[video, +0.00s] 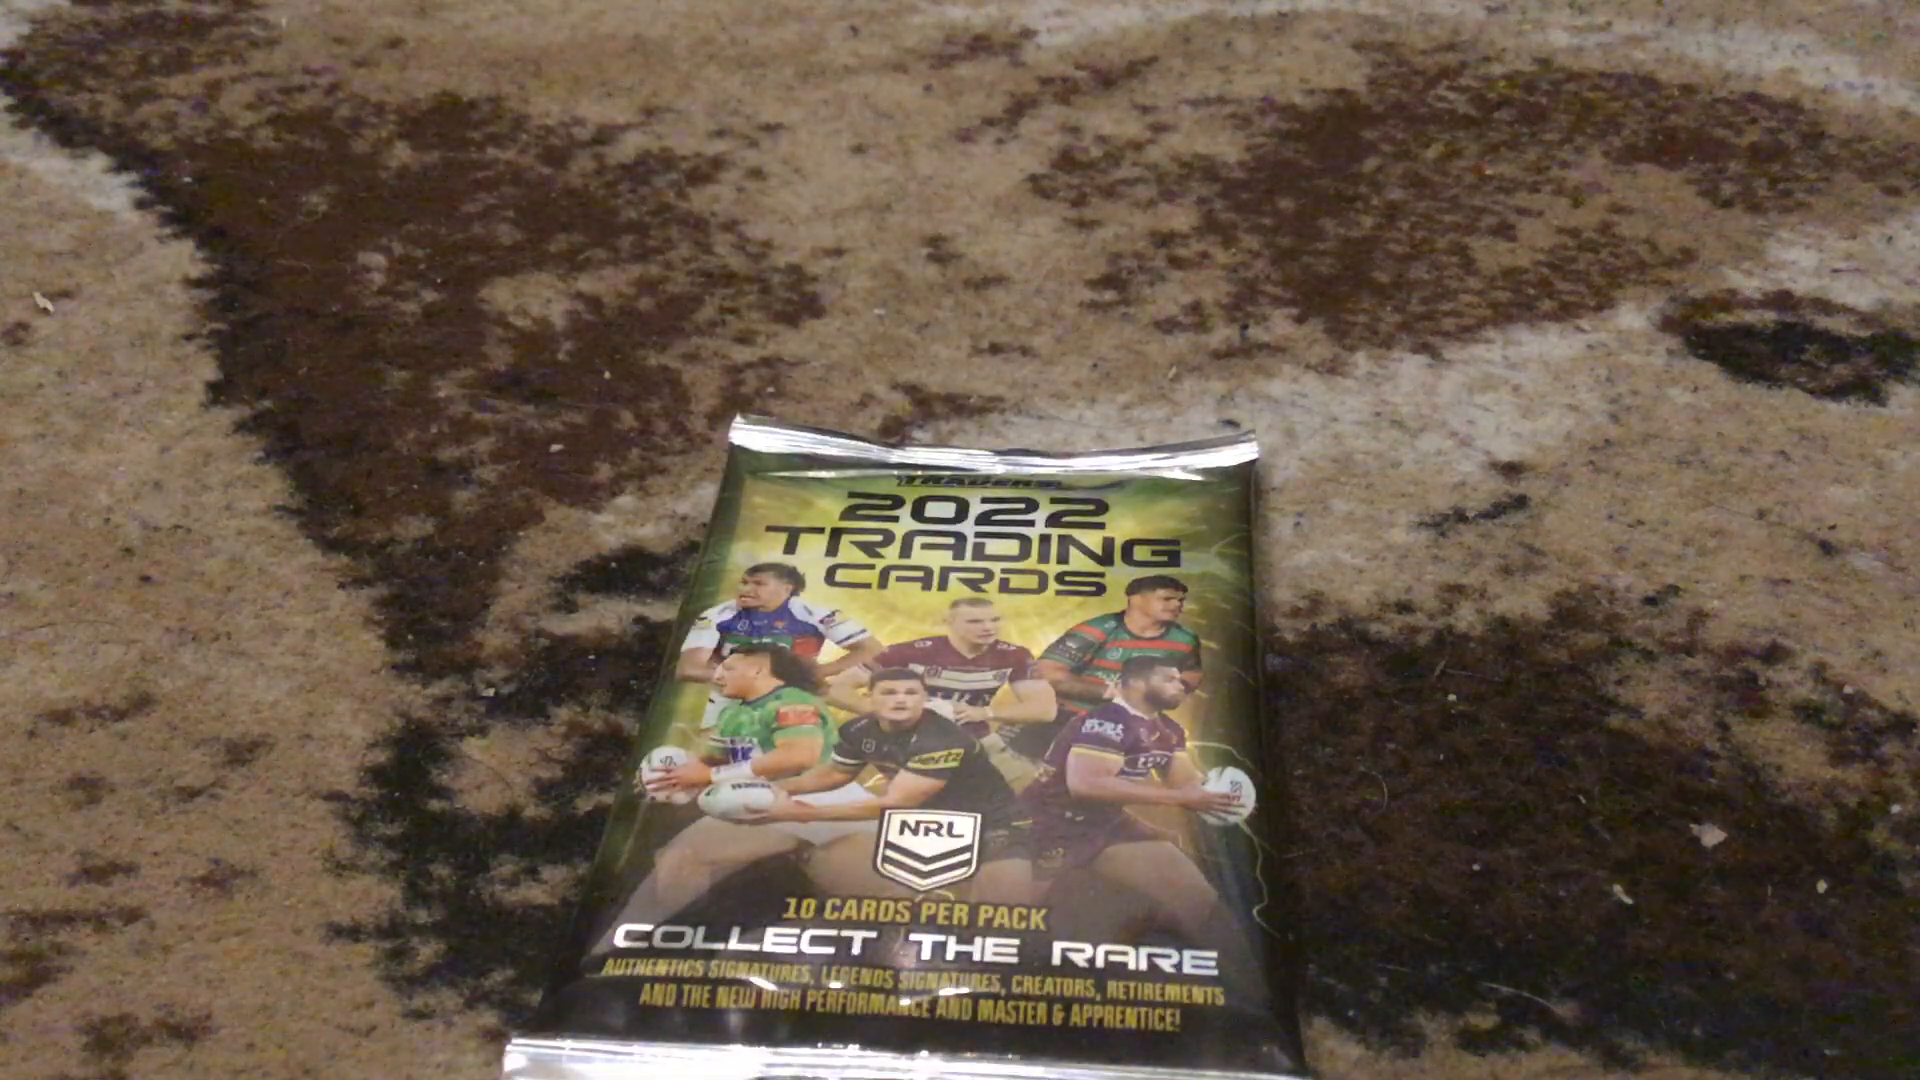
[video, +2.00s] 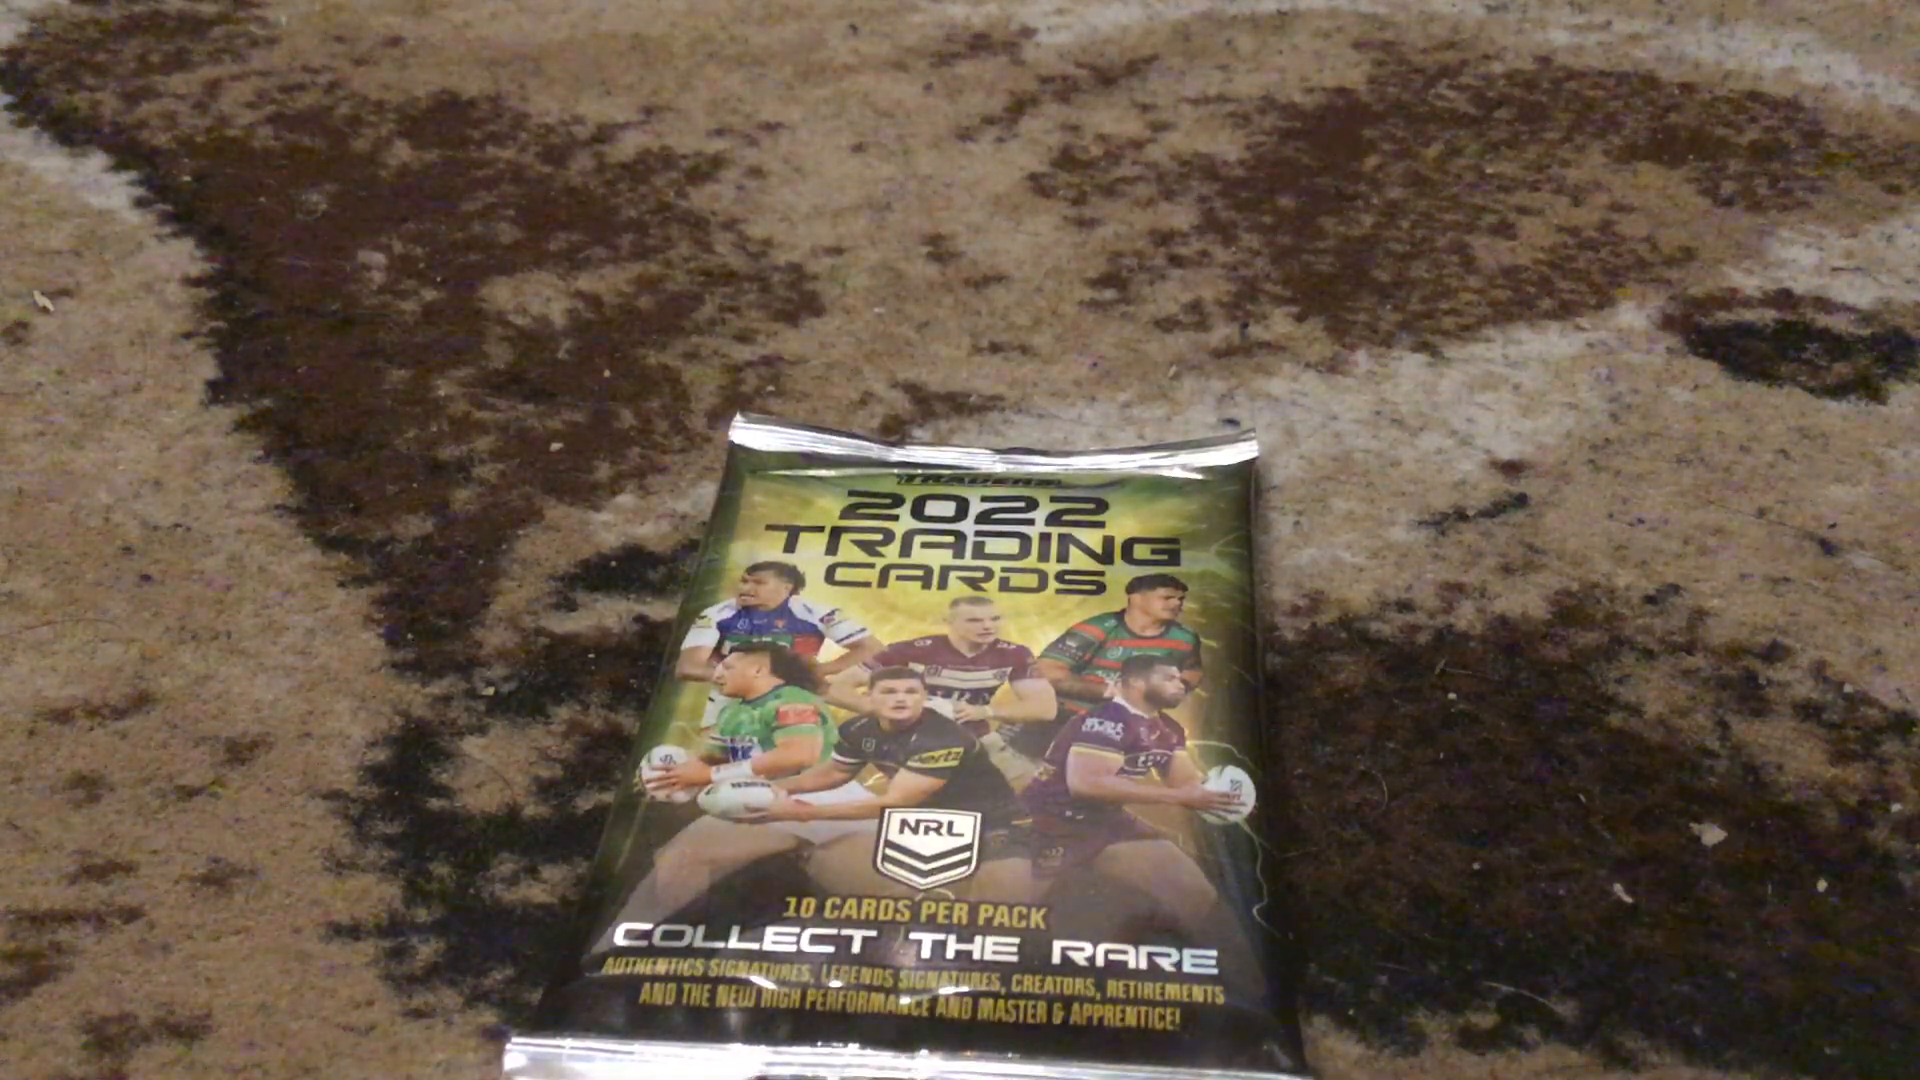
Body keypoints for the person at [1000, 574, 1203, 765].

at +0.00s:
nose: (1177, 606)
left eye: (1179, 601)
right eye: (1167, 599)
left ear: (1182, 603)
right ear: (1136, 599)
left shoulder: (1186, 641)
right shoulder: (1098, 630)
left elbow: (1192, 678)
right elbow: (1045, 671)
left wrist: (1151, 696)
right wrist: (1105, 691)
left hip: (1142, 728)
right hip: (1083, 725)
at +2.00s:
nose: (1176, 604)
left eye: (1179, 599)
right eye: (1167, 597)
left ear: (1182, 604)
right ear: (1135, 597)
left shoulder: (1186, 639)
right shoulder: (1099, 628)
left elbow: (1193, 674)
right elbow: (1044, 669)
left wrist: (1157, 693)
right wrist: (1106, 691)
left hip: (1143, 727)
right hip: (1082, 723)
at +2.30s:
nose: (1175, 606)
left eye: (1178, 600)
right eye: (1166, 598)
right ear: (1136, 597)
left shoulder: (1183, 641)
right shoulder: (1094, 631)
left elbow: (1189, 679)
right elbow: (1044, 672)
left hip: (1148, 733)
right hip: (1092, 731)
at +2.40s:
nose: (1188, 605)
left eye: (1191, 598)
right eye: (1180, 596)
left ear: (1194, 600)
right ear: (1156, 596)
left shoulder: (1196, 639)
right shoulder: (1112, 626)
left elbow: (1215, 678)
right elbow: (1060, 665)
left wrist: (1185, 686)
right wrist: (1108, 683)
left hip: (1162, 728)